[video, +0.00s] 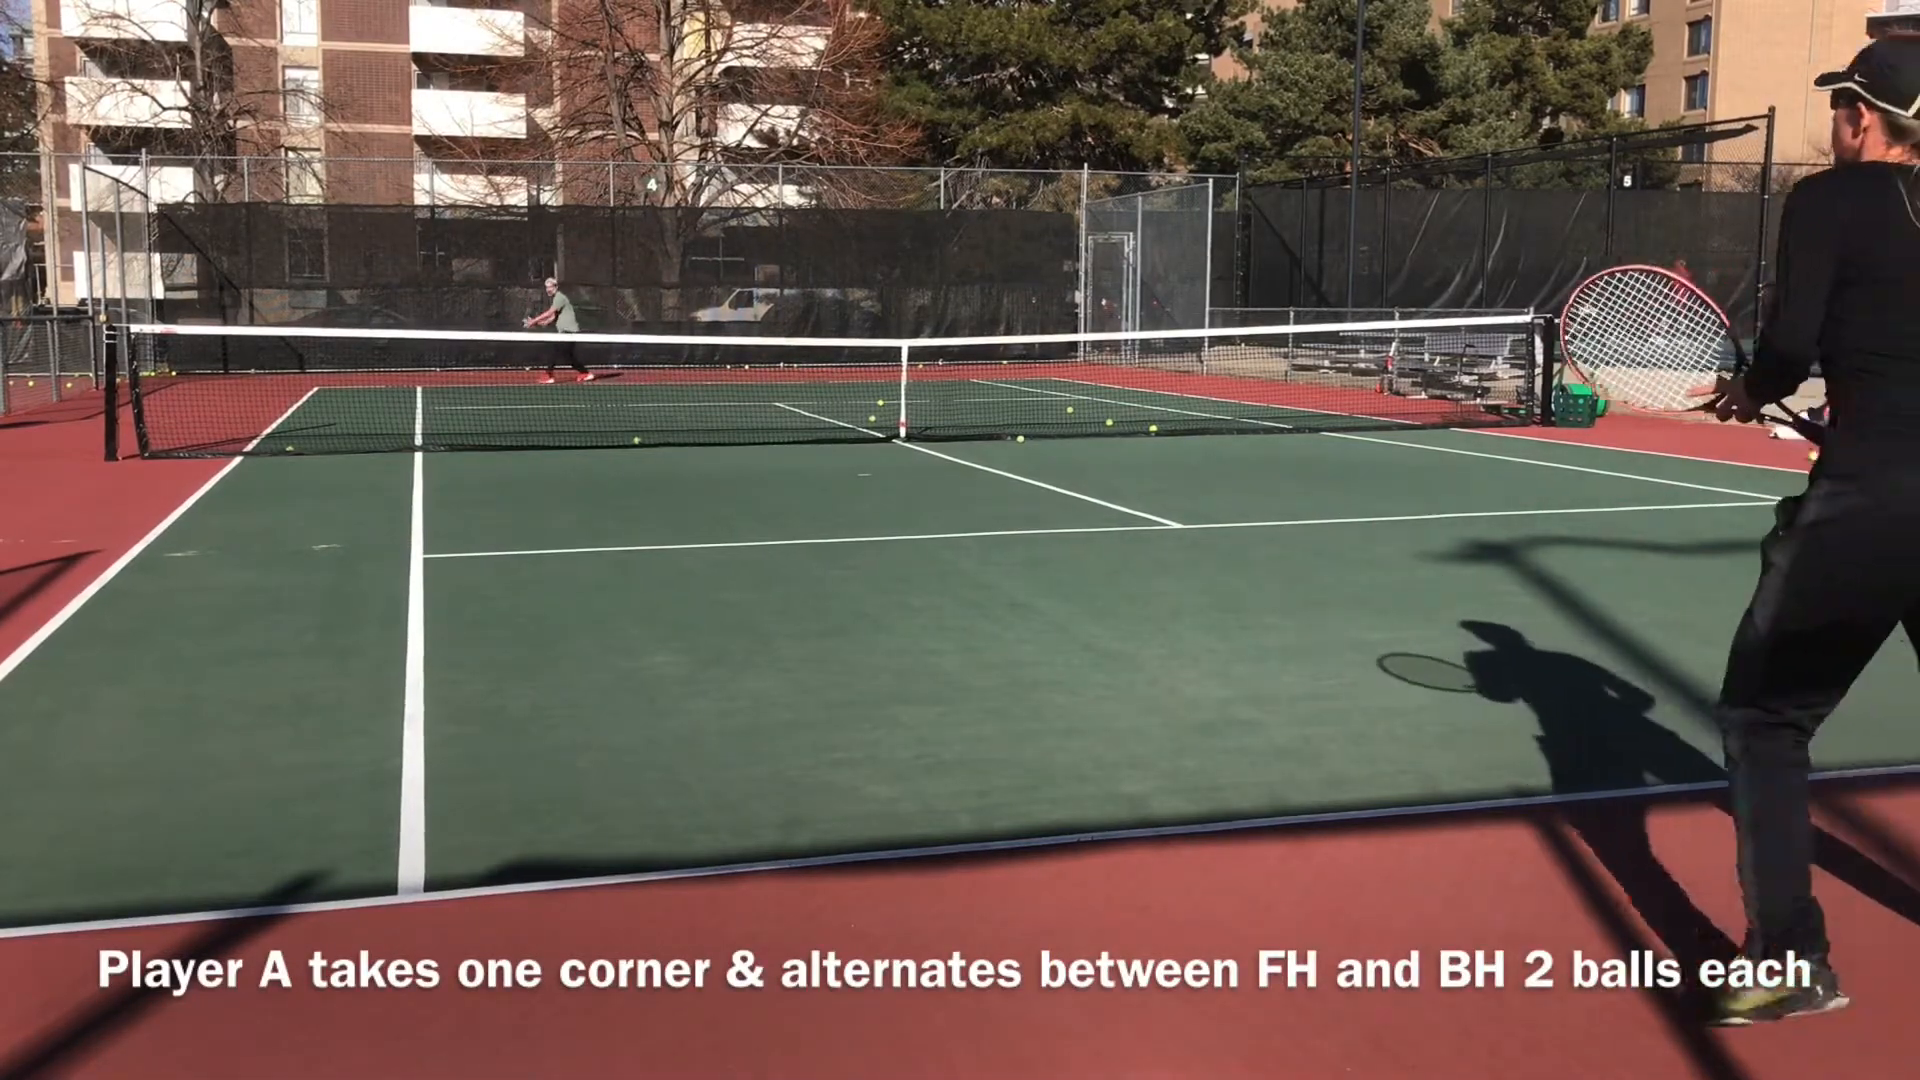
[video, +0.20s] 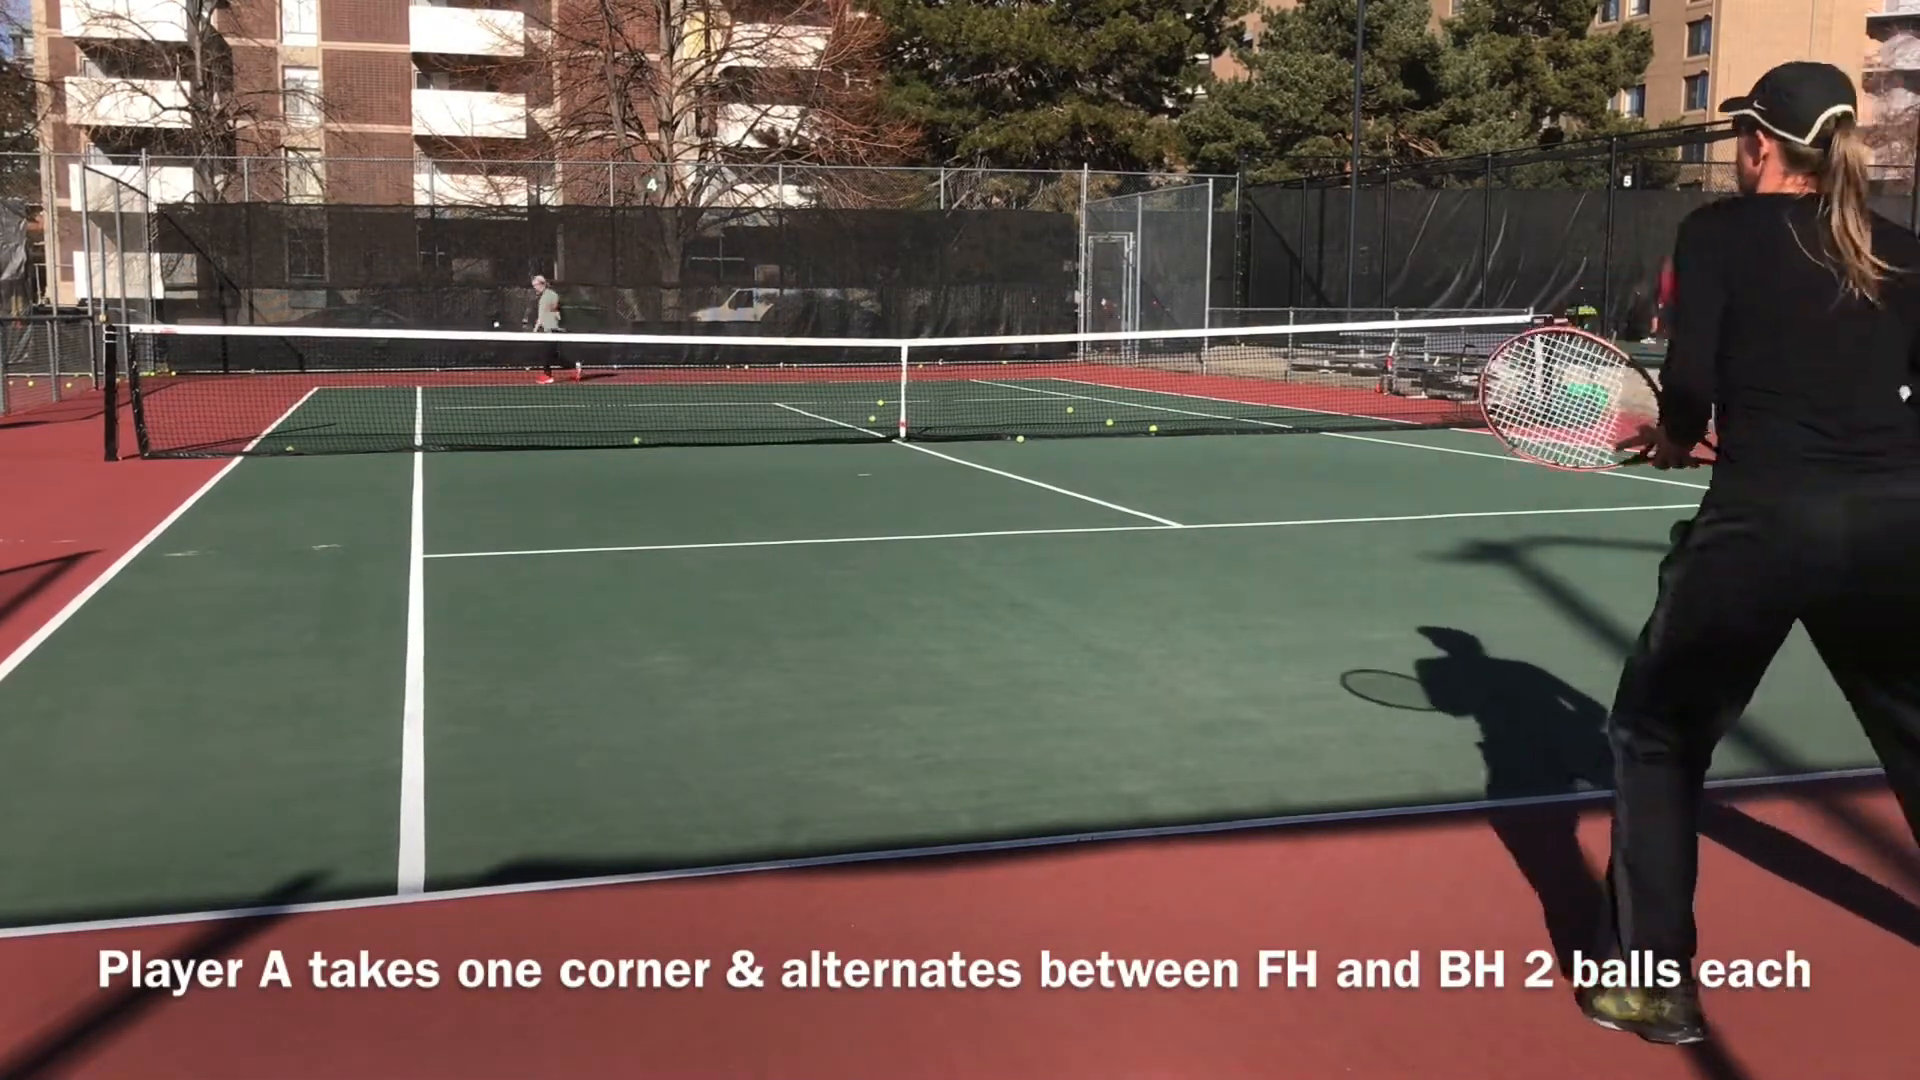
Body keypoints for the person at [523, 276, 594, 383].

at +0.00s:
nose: (548, 289)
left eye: (550, 287)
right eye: (546, 287)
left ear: (555, 287)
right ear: (545, 288)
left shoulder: (559, 297)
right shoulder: (557, 298)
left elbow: (550, 313)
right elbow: (554, 316)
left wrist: (534, 320)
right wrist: (544, 323)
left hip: (568, 331)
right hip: (566, 331)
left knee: (553, 352)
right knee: (569, 355)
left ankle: (549, 374)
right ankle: (584, 373)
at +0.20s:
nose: (535, 288)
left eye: (536, 285)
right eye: (534, 286)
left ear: (542, 284)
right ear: (537, 286)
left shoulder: (550, 294)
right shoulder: (543, 297)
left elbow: (556, 298)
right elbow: (541, 315)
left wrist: (554, 307)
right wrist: (537, 327)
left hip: (552, 328)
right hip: (546, 328)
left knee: (546, 351)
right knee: (553, 353)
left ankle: (548, 374)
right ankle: (574, 366)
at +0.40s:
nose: (533, 280)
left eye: (535, 277)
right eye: (532, 278)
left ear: (541, 275)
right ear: (532, 278)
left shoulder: (551, 286)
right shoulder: (535, 287)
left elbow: (565, 295)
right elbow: (530, 291)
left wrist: (566, 291)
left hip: (550, 322)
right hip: (538, 322)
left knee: (548, 349)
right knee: (543, 349)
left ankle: (549, 373)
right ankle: (547, 372)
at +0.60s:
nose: (537, 277)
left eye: (538, 275)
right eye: (534, 276)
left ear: (542, 277)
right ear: (531, 278)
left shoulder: (549, 291)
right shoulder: (530, 292)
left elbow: (562, 303)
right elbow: (532, 282)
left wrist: (568, 301)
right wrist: (540, 270)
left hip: (546, 325)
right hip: (532, 325)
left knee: (545, 350)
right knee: (529, 349)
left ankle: (545, 373)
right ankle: (520, 372)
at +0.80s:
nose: (541, 283)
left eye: (543, 281)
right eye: (538, 281)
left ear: (546, 282)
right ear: (535, 283)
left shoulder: (552, 299)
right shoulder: (533, 294)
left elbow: (557, 314)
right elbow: (539, 291)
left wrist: (566, 315)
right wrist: (550, 285)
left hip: (548, 330)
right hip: (534, 329)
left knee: (549, 353)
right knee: (529, 352)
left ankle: (545, 373)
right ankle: (521, 373)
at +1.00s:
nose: (557, 284)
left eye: (559, 282)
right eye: (554, 282)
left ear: (562, 283)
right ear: (552, 283)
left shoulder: (565, 296)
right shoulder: (548, 294)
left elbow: (566, 312)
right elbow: (553, 302)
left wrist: (573, 316)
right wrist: (568, 296)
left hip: (559, 331)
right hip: (545, 330)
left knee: (568, 353)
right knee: (536, 353)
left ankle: (563, 372)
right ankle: (521, 373)